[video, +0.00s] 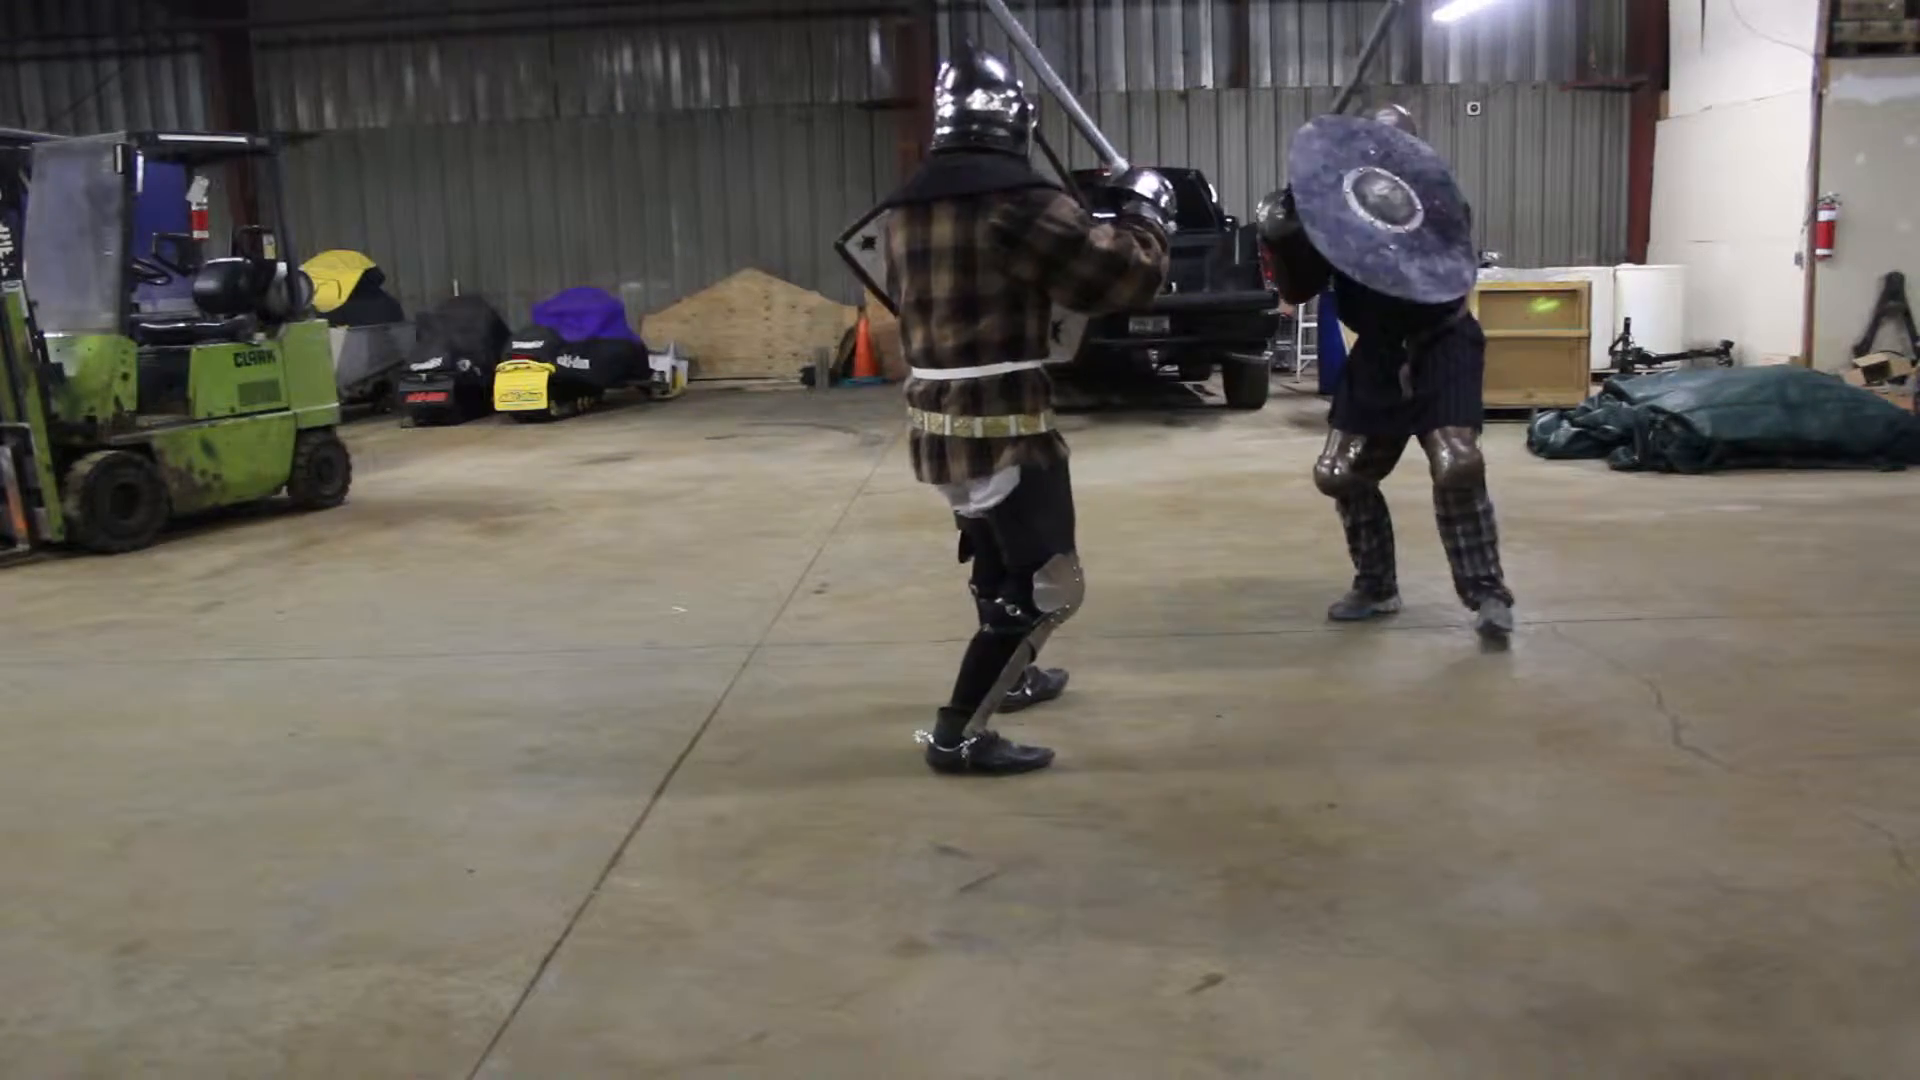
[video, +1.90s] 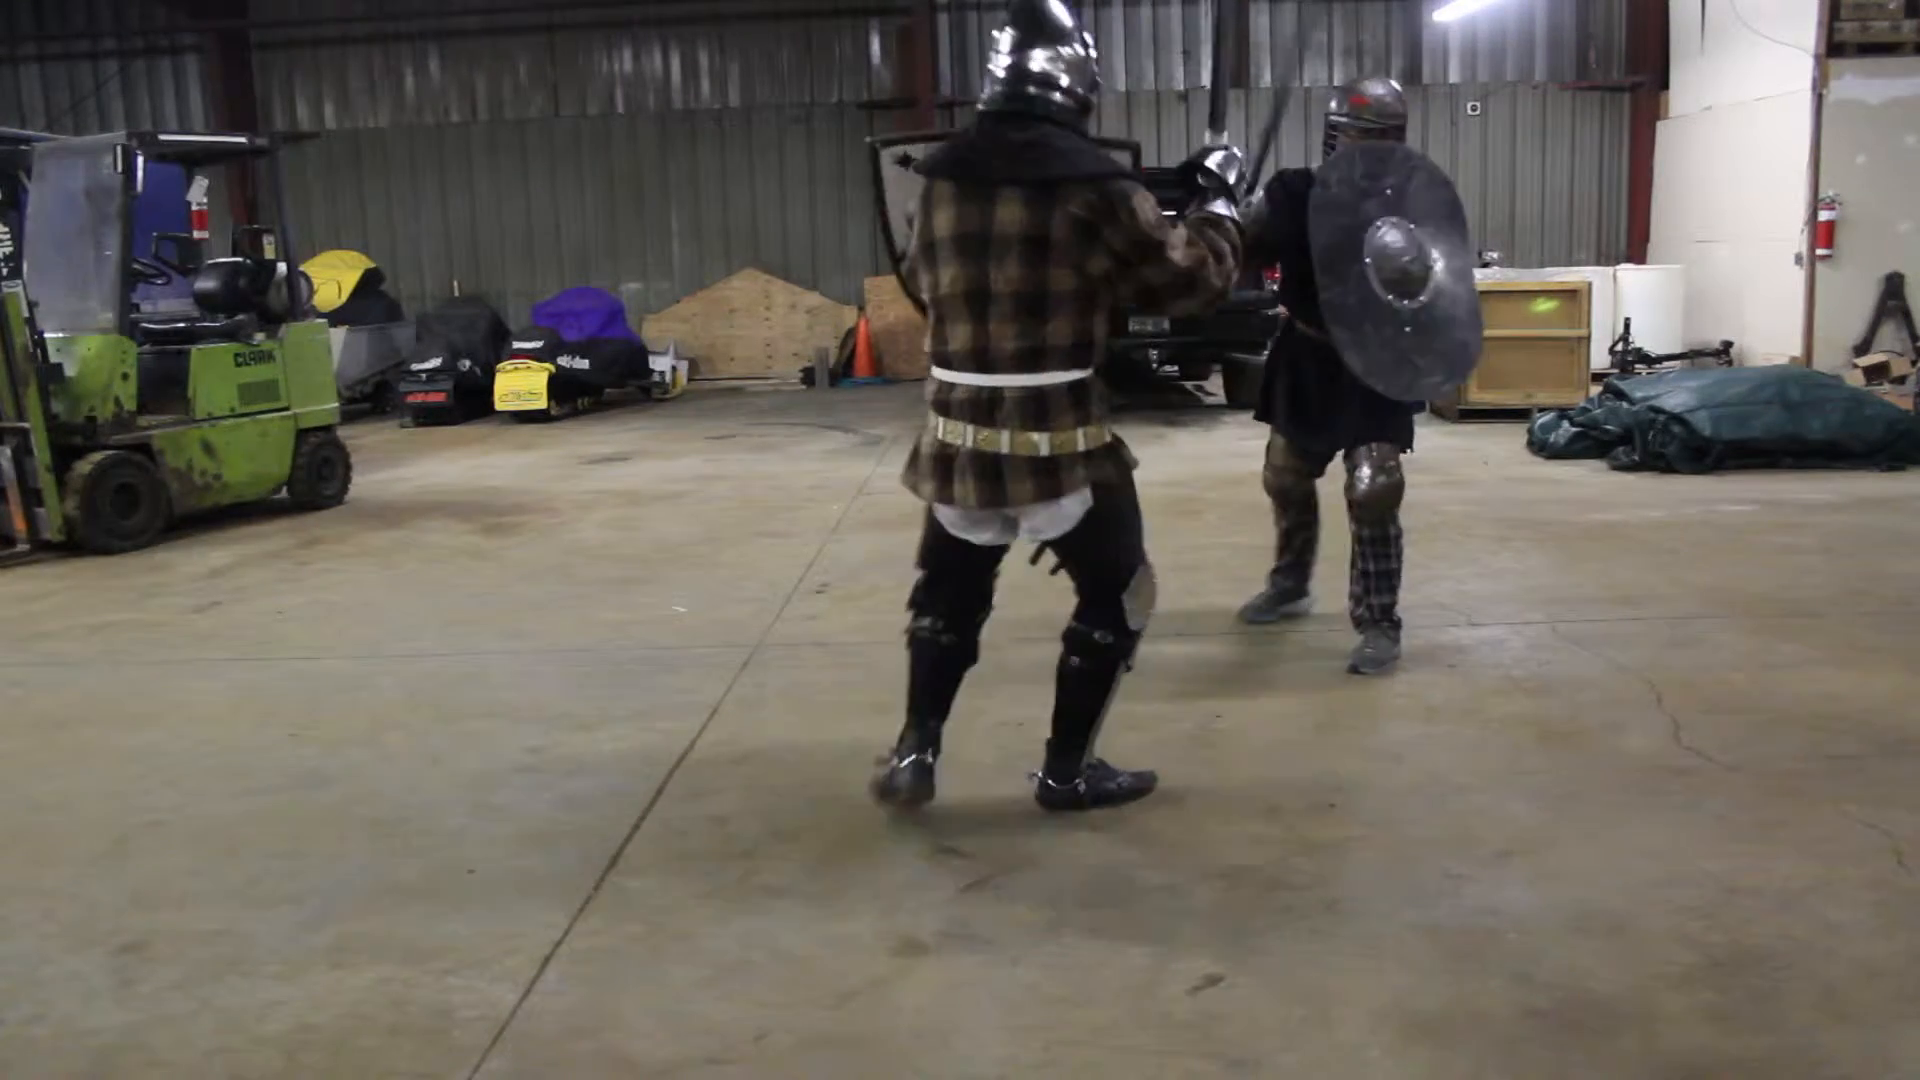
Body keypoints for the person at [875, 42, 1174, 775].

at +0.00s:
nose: (1025, 126)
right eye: (1020, 114)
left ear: (942, 116)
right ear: (1015, 117)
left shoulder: (911, 206)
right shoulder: (1019, 201)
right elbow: (1126, 273)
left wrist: (1082, 204)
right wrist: (1150, 210)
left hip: (939, 426)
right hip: (1006, 430)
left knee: (994, 556)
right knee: (1046, 587)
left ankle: (1010, 676)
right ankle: (958, 732)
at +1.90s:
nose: (1090, 99)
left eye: (1082, 85)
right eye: (1086, 86)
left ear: (998, 78)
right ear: (1076, 88)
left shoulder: (945, 175)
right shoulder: (1091, 182)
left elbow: (921, 281)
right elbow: (1186, 277)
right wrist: (1221, 217)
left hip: (959, 438)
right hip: (1062, 442)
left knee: (947, 594)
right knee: (1116, 591)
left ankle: (916, 746)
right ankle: (1068, 767)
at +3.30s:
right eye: (1119, 45)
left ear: (1025, 59)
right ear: (1116, 57)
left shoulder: (972, 172)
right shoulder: (1158, 147)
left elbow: (946, 323)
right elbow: (1259, 280)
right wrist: (1273, 209)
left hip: (1037, 454)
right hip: (1157, 448)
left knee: (1045, 634)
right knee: (1228, 619)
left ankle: (1036, 825)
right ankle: (1207, 817)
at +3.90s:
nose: (1104, 119)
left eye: (1097, 106)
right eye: (1100, 105)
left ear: (1008, 102)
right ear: (1084, 104)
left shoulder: (950, 195)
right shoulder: (1095, 191)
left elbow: (934, 315)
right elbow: (1221, 281)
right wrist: (1218, 215)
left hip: (982, 460)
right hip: (1085, 460)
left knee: (1002, 606)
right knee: (1185, 619)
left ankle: (972, 754)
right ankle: (1256, 814)